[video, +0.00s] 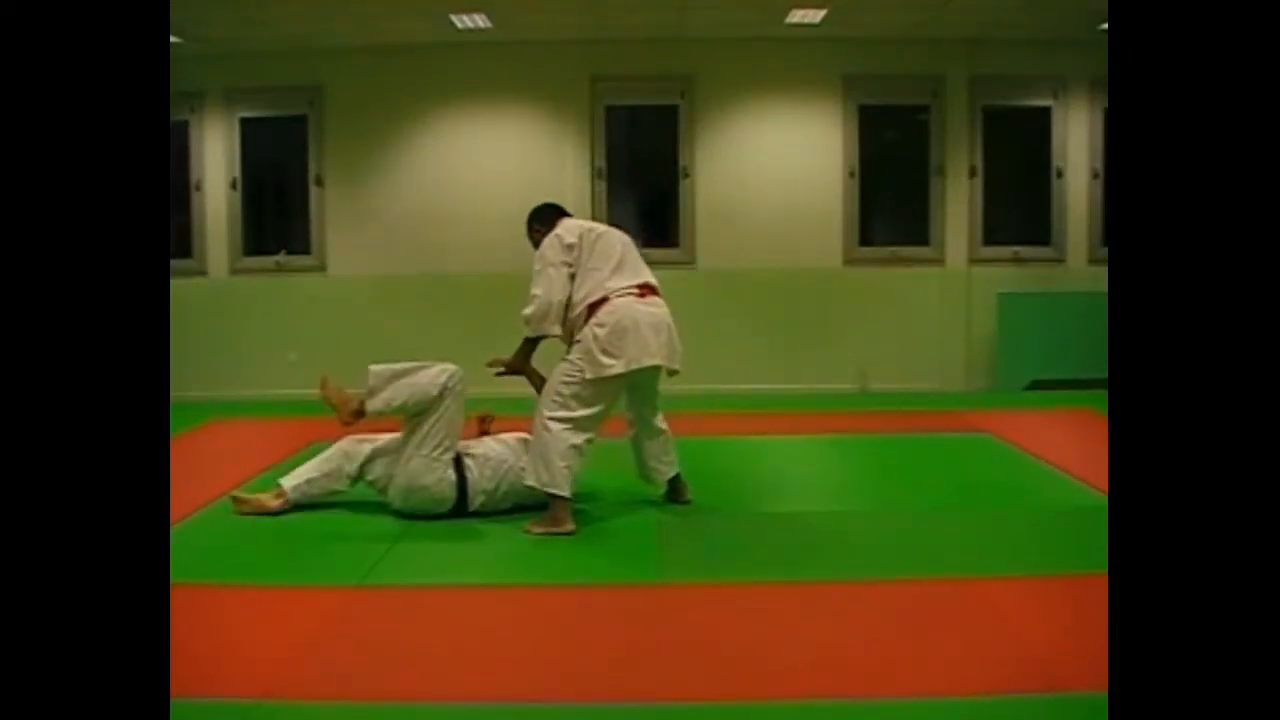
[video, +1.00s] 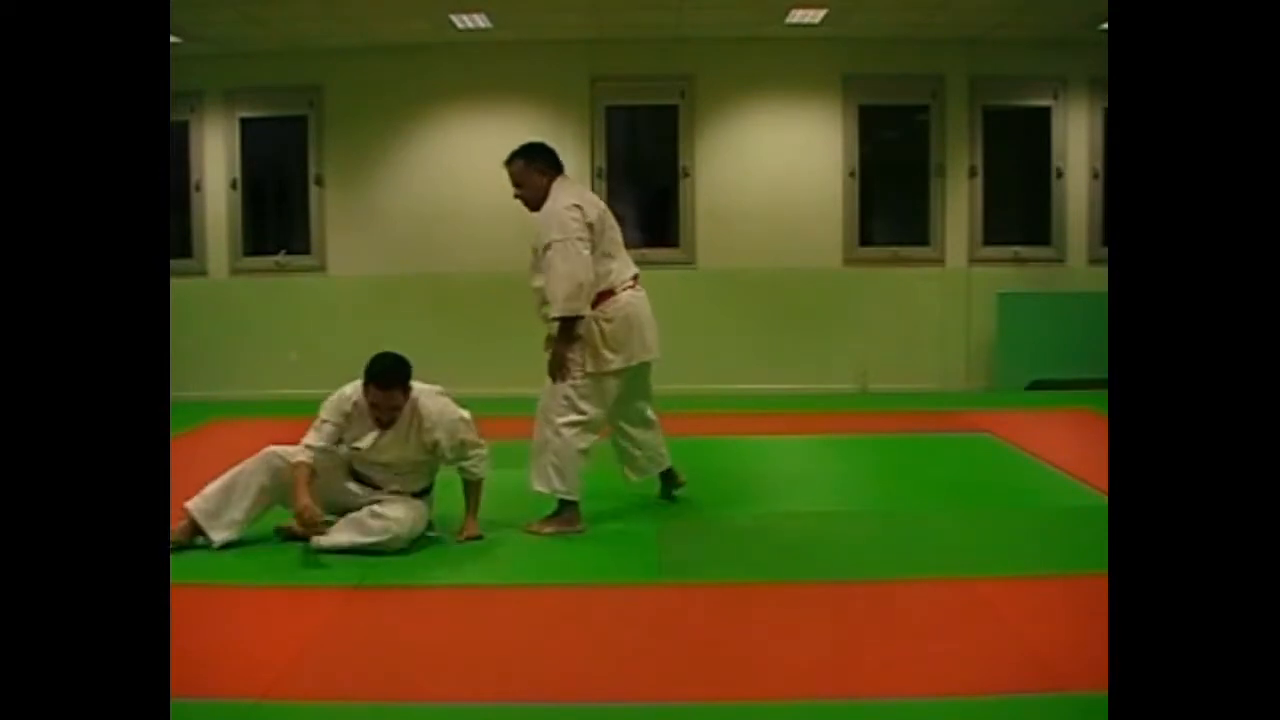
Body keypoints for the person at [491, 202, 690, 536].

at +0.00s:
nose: (537, 248)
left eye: (536, 241)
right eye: (535, 243)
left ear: (540, 229)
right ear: (565, 218)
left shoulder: (556, 239)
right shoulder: (609, 236)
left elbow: (548, 302)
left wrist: (521, 357)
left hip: (612, 324)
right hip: (657, 317)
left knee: (557, 412)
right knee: (646, 411)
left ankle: (559, 512)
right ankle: (676, 484)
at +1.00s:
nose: (516, 195)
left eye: (519, 184)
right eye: (513, 186)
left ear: (541, 175)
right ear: (549, 175)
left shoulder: (560, 210)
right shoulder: (581, 197)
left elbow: (573, 280)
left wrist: (560, 343)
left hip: (603, 321)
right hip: (632, 310)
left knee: (560, 411)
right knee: (630, 404)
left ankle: (567, 509)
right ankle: (666, 473)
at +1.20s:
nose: (502, 183)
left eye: (506, 173)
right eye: (499, 174)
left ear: (532, 164)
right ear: (533, 166)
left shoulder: (549, 204)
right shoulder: (559, 192)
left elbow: (561, 273)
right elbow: (545, 268)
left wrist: (550, 334)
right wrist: (530, 320)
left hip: (583, 318)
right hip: (605, 310)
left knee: (554, 412)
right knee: (595, 405)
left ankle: (566, 509)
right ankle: (616, 477)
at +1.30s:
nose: (498, 180)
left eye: (502, 169)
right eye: (495, 171)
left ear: (528, 160)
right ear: (528, 163)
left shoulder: (547, 200)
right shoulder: (552, 193)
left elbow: (560, 269)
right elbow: (544, 268)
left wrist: (549, 331)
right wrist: (523, 319)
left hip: (577, 319)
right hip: (588, 312)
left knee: (558, 413)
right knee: (579, 406)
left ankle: (566, 508)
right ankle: (585, 486)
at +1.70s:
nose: (480, 171)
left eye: (486, 161)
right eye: (477, 162)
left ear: (512, 153)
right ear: (499, 157)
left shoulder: (539, 193)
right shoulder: (513, 195)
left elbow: (557, 263)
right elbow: (509, 268)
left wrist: (547, 323)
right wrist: (488, 319)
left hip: (553, 323)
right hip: (525, 325)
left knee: (553, 417)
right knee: (523, 417)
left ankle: (566, 507)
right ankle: (527, 499)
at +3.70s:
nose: (482, 161)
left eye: (488, 151)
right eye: (480, 152)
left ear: (515, 148)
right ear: (512, 151)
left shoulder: (537, 188)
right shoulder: (525, 189)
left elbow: (539, 268)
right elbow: (519, 269)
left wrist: (515, 325)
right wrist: (497, 323)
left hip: (558, 315)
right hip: (549, 314)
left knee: (546, 412)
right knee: (548, 411)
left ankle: (563, 516)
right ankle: (558, 506)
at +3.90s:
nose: (493, 166)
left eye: (498, 156)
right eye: (491, 158)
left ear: (528, 153)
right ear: (522, 156)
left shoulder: (550, 193)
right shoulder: (530, 197)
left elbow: (518, 250)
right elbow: (521, 272)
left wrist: (472, 273)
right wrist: (490, 323)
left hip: (572, 319)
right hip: (550, 321)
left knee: (552, 419)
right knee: (545, 416)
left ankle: (560, 521)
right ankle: (567, 506)